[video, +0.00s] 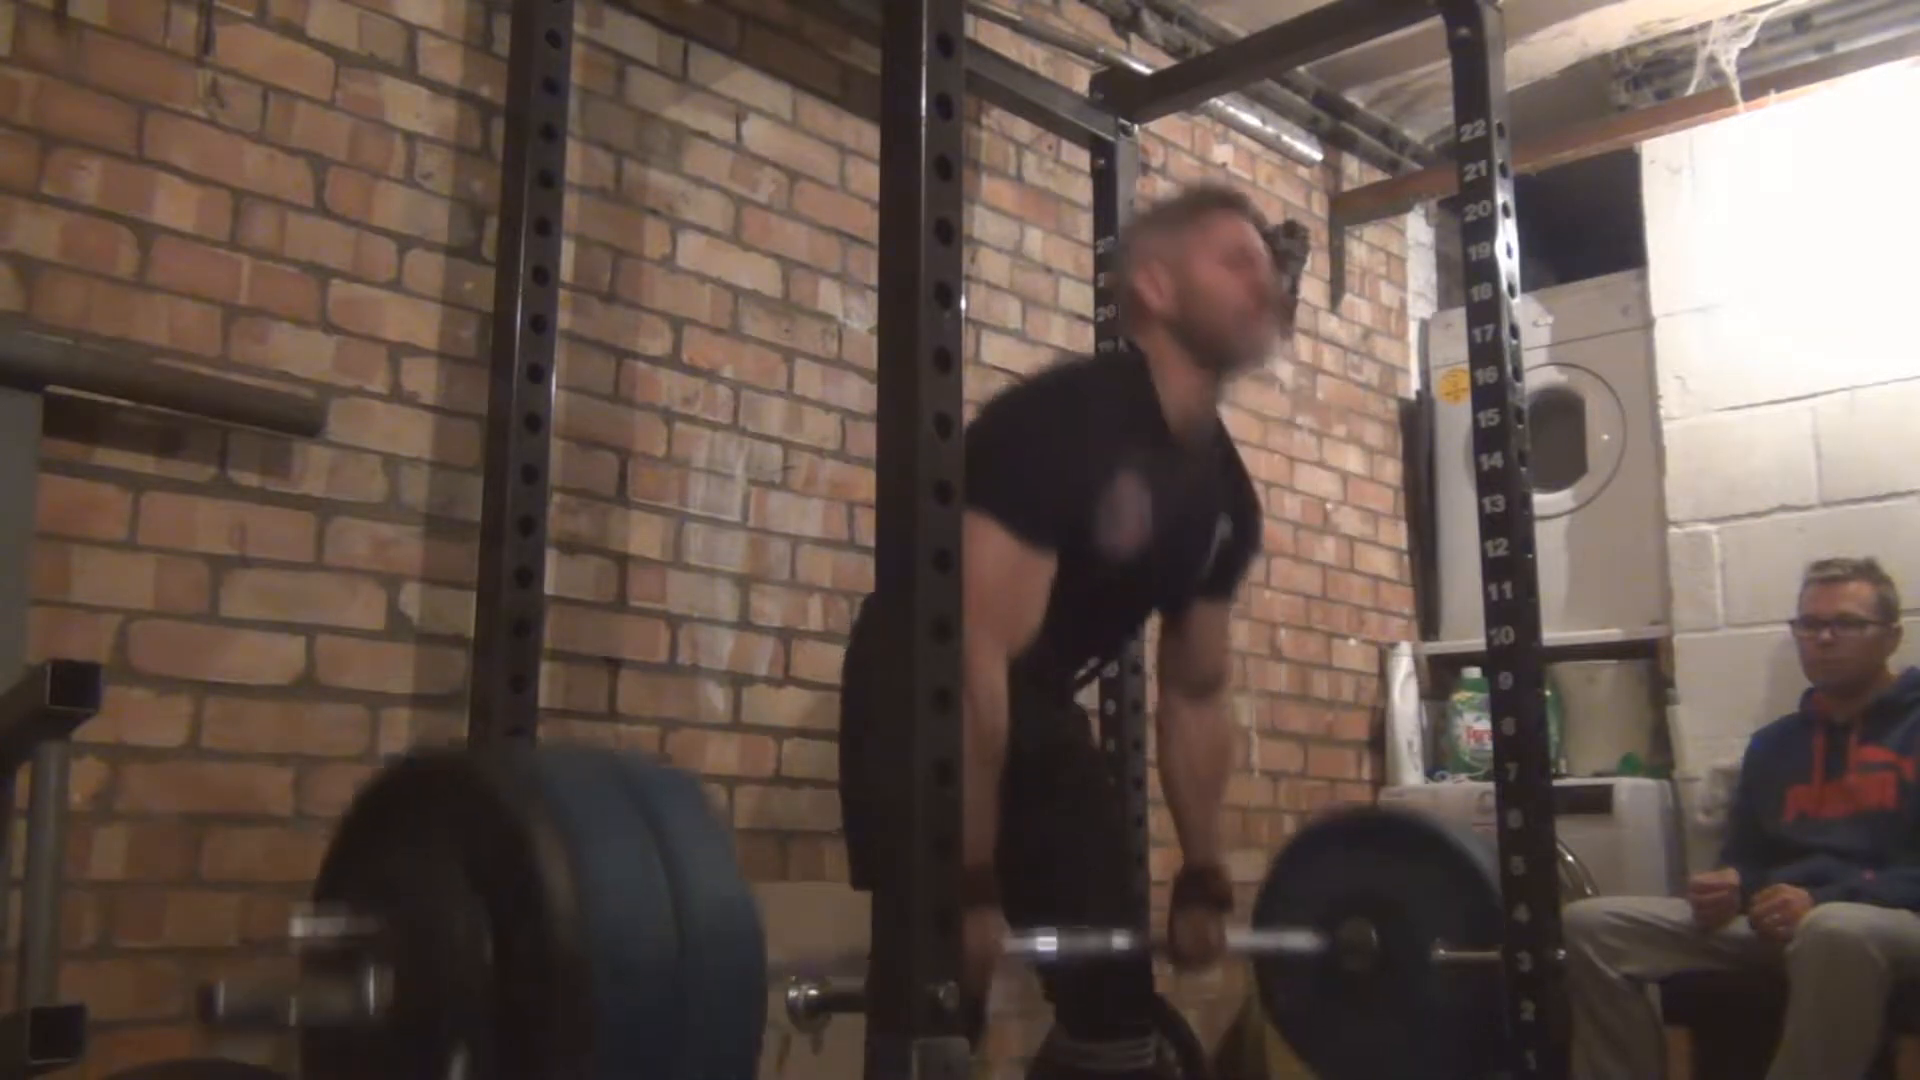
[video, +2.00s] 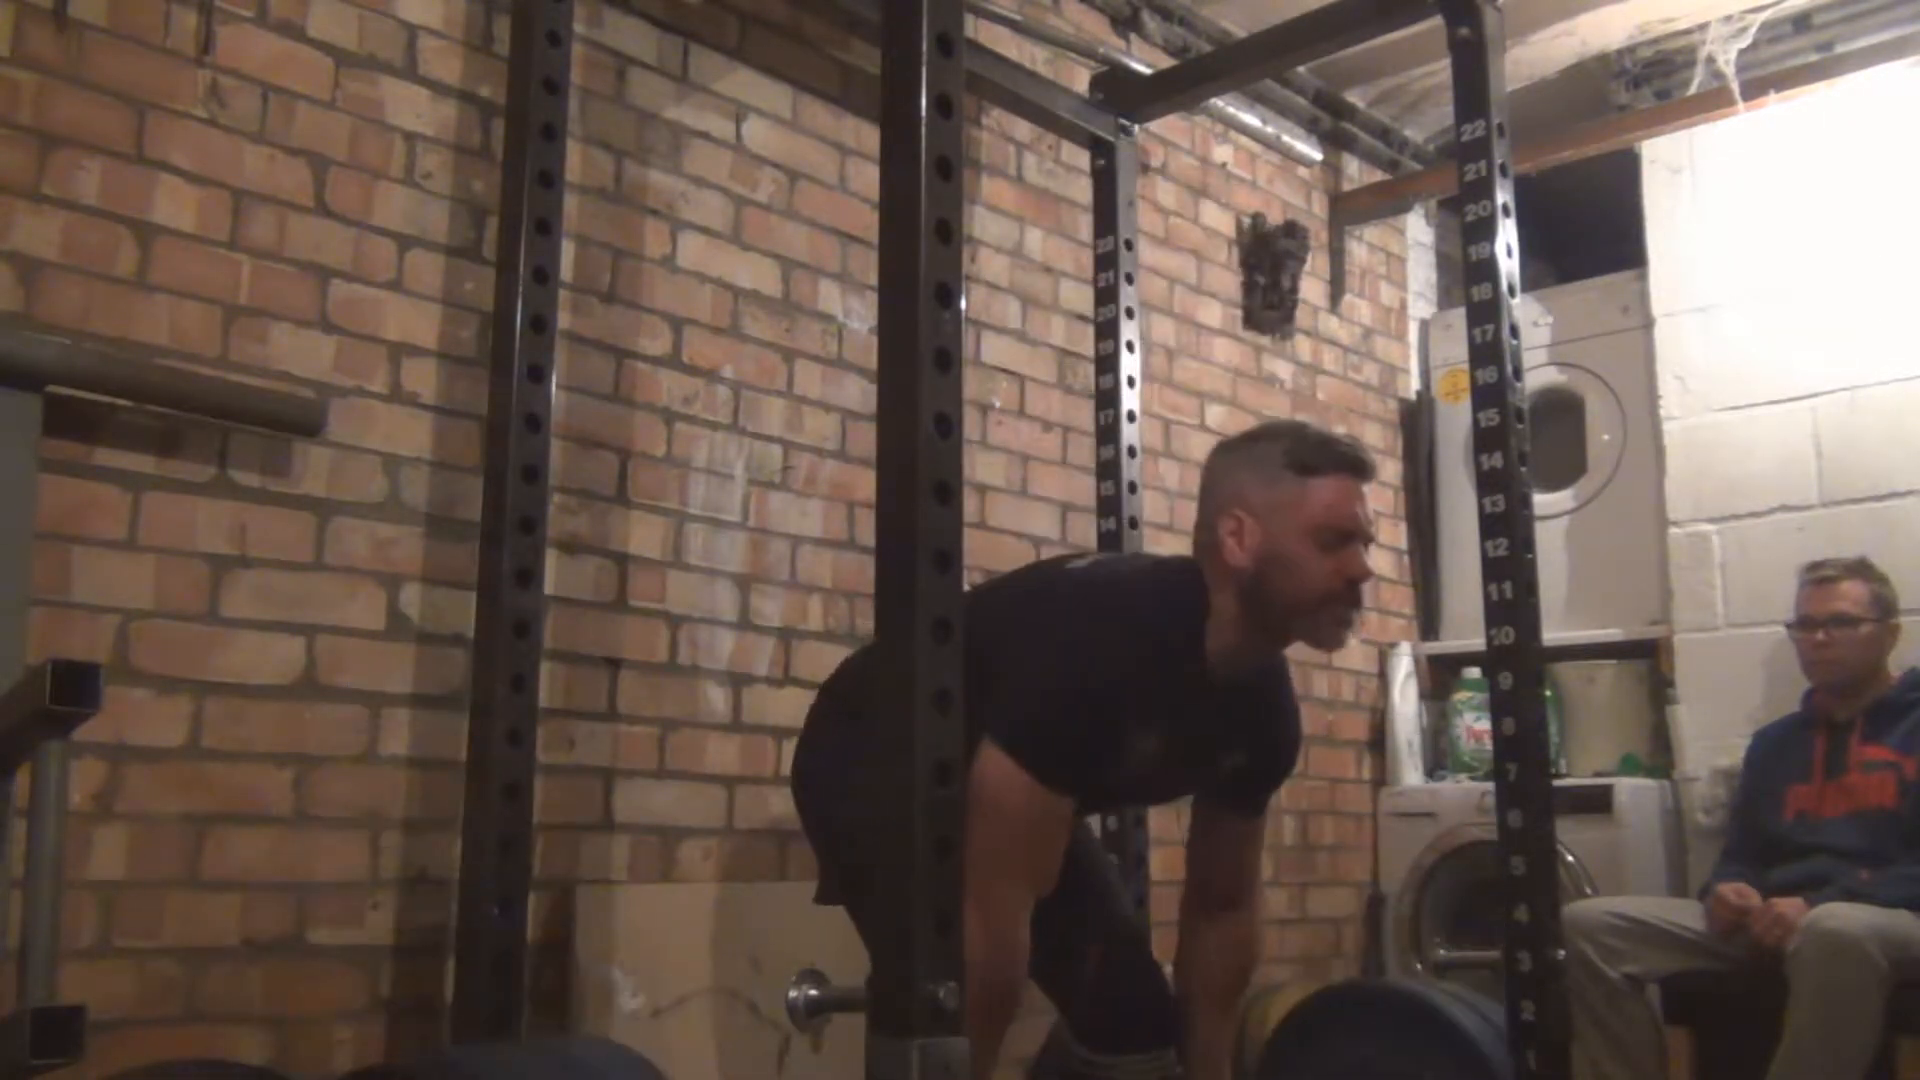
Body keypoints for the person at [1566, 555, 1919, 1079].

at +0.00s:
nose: (1824, 638)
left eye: (1846, 624)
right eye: (1811, 624)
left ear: (1891, 636)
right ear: (1795, 634)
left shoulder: (1912, 723)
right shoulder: (1773, 745)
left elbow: (1912, 876)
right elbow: (1746, 856)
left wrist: (1819, 901)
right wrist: (1730, 884)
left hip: (1894, 920)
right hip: (1772, 919)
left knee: (1833, 936)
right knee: (1590, 928)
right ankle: (1625, 1073)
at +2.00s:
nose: (1818, 639)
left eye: (1840, 624)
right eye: (1805, 625)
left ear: (1889, 635)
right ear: (1792, 634)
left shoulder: (1913, 722)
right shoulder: (1775, 743)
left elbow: (1914, 870)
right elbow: (1740, 853)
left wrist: (1817, 905)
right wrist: (1726, 890)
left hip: (1892, 917)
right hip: (1766, 917)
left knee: (1834, 936)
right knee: (1587, 929)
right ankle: (1629, 1073)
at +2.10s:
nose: (1819, 638)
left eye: (1841, 623)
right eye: (1806, 624)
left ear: (1889, 635)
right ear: (1792, 634)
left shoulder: (1913, 722)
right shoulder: (1774, 743)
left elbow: (1914, 872)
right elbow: (1741, 851)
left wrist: (1817, 905)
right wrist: (1726, 889)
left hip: (1892, 918)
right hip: (1766, 917)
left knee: (1834, 936)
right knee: (1587, 929)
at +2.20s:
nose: (1820, 637)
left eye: (1842, 622)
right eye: (1807, 622)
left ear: (1890, 635)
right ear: (1793, 633)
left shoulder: (1914, 721)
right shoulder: (1774, 743)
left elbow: (1914, 872)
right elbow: (1740, 852)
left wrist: (1817, 905)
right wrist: (1725, 890)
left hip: (1892, 917)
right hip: (1765, 917)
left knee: (1834, 936)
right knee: (1587, 929)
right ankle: (1630, 1074)